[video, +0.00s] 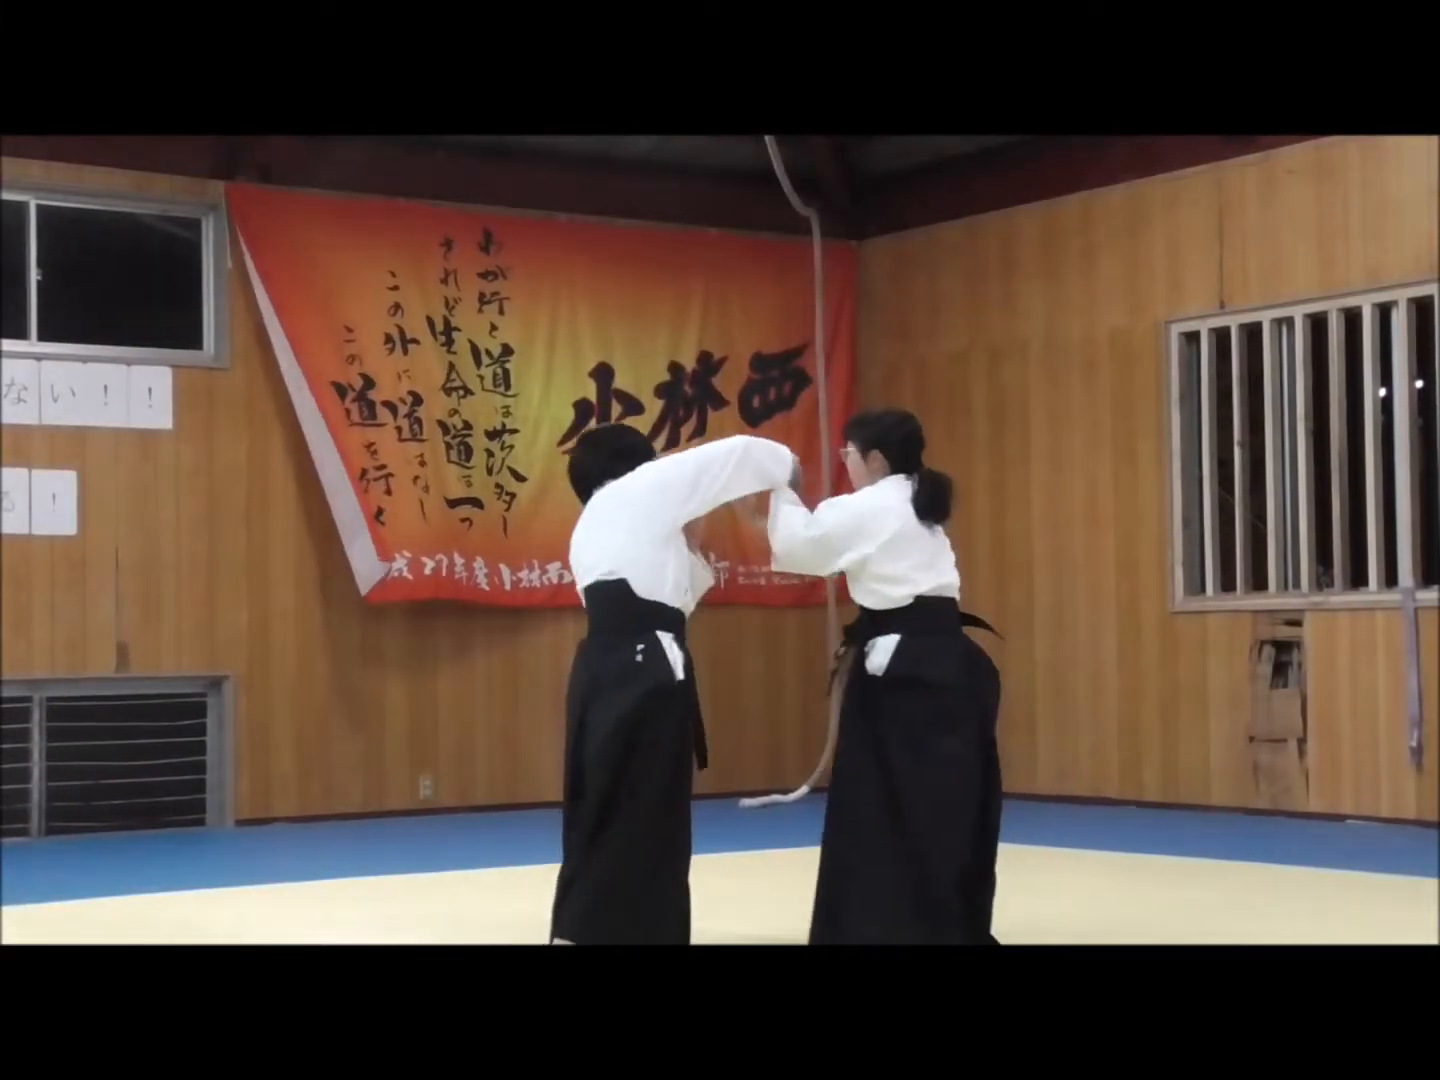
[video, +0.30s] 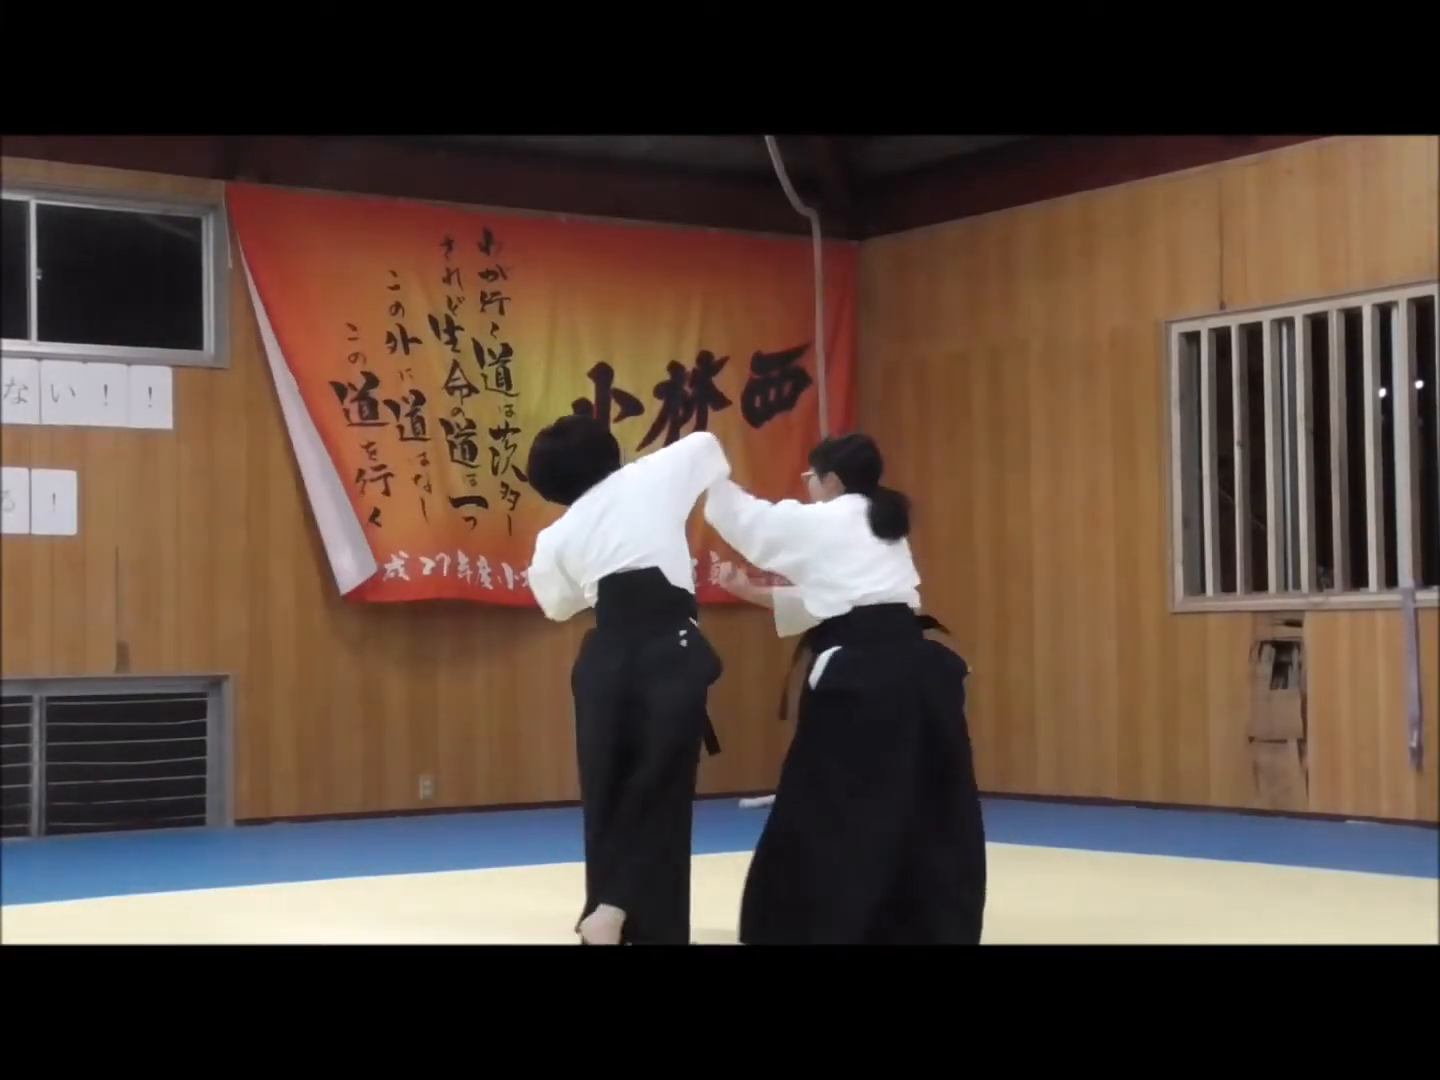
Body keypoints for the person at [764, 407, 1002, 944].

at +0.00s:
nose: (846, 467)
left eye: (850, 457)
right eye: (845, 457)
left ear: (875, 458)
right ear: (902, 456)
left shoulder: (871, 507)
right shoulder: (924, 502)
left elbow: (797, 542)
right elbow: (823, 542)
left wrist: (777, 488)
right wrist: (776, 510)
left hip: (901, 664)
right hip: (954, 659)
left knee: (882, 802)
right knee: (949, 807)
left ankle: (880, 928)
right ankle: (944, 929)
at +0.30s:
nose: (806, 484)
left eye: (811, 476)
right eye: (808, 476)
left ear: (830, 481)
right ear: (867, 479)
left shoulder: (813, 522)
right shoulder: (887, 520)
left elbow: (731, 511)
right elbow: (835, 591)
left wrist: (710, 461)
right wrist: (757, 592)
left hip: (854, 669)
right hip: (919, 662)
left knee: (822, 809)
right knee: (917, 808)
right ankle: (918, 930)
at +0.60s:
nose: (715, 555)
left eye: (717, 546)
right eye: (716, 546)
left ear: (733, 543)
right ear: (775, 538)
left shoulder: (714, 584)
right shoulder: (805, 566)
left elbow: (661, 629)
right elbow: (830, 623)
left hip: (785, 690)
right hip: (857, 679)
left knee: (779, 820)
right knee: (890, 804)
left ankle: (785, 929)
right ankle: (935, 922)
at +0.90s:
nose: (678, 637)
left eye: (678, 627)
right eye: (677, 629)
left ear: (690, 615)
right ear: (727, 602)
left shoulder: (692, 651)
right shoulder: (768, 610)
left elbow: (687, 760)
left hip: (775, 698)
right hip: (846, 679)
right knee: (894, 798)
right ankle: (946, 920)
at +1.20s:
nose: (684, 575)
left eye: (687, 566)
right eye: (685, 567)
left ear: (702, 557)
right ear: (739, 550)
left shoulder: (694, 590)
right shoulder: (781, 577)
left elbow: (656, 671)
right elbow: (814, 628)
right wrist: (733, 688)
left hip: (774, 682)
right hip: (846, 673)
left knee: (759, 817)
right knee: (887, 792)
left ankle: (760, 931)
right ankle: (942, 921)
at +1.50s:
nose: (713, 522)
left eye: (716, 512)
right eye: (715, 512)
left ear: (733, 510)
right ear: (771, 505)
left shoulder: (719, 548)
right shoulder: (808, 543)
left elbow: (644, 556)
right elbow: (820, 605)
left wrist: (609, 522)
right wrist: (743, 636)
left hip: (780, 678)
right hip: (845, 669)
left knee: (766, 802)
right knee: (889, 786)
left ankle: (767, 927)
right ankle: (942, 904)